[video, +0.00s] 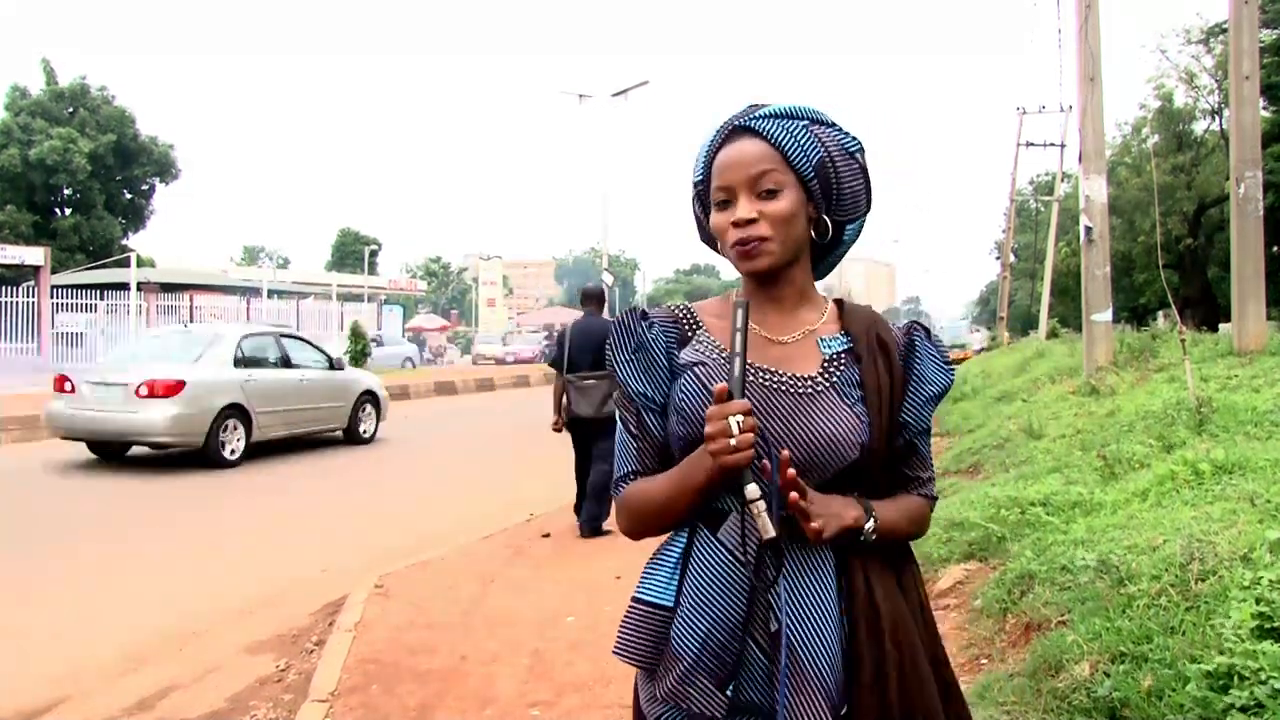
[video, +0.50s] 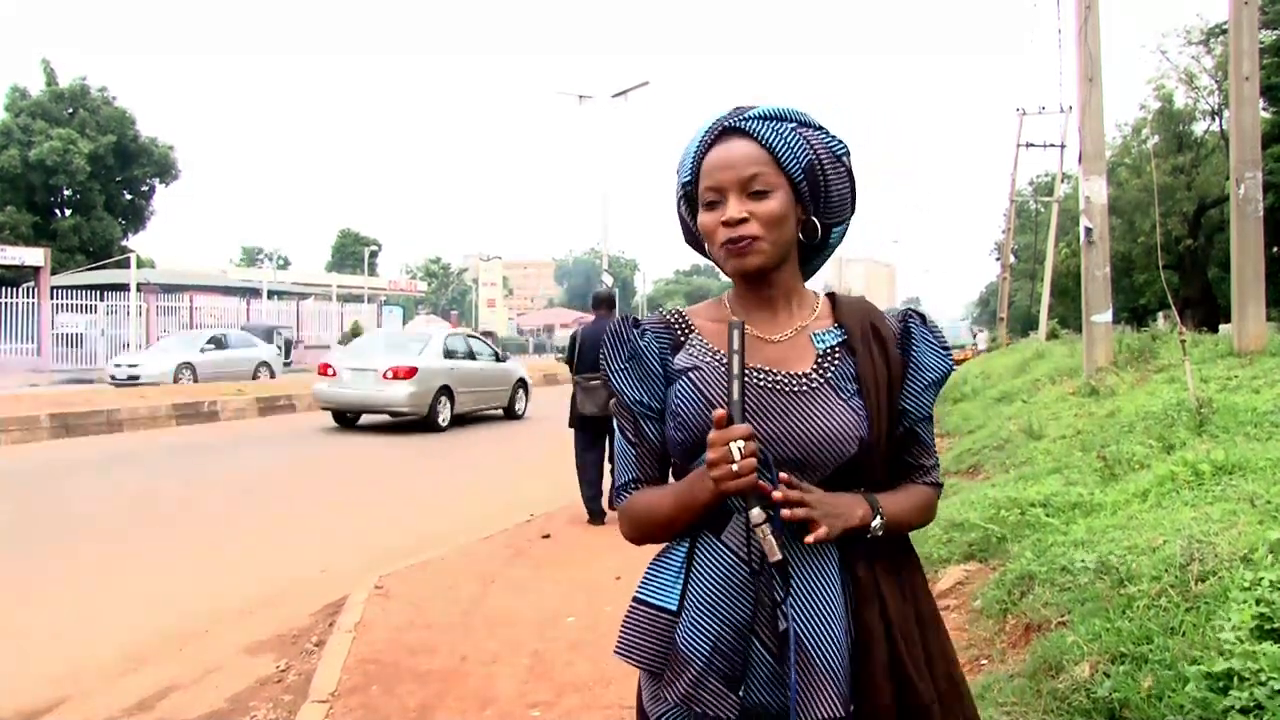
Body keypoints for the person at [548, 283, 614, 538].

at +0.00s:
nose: (598, 307)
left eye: (591, 302)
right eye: (602, 302)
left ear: (581, 304)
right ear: (604, 303)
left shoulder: (568, 333)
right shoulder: (614, 330)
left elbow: (560, 376)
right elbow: (625, 372)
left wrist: (556, 412)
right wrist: (629, 406)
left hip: (577, 406)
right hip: (607, 405)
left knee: (582, 459)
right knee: (603, 462)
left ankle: (582, 509)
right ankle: (591, 522)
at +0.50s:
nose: (604, 311)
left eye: (600, 307)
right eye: (610, 308)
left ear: (592, 308)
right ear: (614, 308)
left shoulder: (580, 334)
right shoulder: (623, 333)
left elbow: (571, 364)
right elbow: (629, 367)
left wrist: (584, 387)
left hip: (586, 403)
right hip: (618, 401)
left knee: (588, 456)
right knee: (620, 450)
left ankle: (595, 511)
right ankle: (619, 496)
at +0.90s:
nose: (619, 317)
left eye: (617, 312)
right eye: (623, 312)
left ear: (612, 312)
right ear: (632, 313)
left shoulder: (600, 337)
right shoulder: (641, 339)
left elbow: (591, 365)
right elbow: (646, 370)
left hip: (606, 401)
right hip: (634, 400)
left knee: (608, 445)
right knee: (633, 446)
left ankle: (603, 476)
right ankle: (627, 493)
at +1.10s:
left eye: (623, 310)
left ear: (619, 311)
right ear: (639, 312)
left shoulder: (610, 336)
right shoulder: (646, 337)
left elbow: (604, 372)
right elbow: (651, 371)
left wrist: (601, 402)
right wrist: (650, 397)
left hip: (618, 402)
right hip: (641, 401)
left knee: (617, 444)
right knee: (636, 445)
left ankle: (619, 484)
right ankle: (627, 493)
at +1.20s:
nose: (630, 320)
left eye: (627, 316)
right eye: (634, 316)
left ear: (622, 315)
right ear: (642, 315)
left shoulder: (612, 339)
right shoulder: (650, 339)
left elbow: (607, 374)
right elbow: (654, 373)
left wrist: (604, 403)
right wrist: (654, 398)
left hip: (621, 403)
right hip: (644, 403)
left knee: (623, 445)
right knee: (637, 446)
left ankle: (627, 482)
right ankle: (628, 492)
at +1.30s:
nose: (632, 320)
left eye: (628, 315)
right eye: (637, 315)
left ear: (623, 315)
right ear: (643, 315)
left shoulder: (614, 339)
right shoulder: (650, 339)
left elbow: (609, 374)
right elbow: (656, 372)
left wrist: (607, 403)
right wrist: (656, 398)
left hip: (623, 400)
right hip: (645, 401)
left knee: (627, 445)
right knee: (638, 445)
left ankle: (629, 483)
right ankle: (632, 488)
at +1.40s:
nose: (635, 317)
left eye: (631, 312)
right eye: (639, 312)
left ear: (625, 313)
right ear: (644, 313)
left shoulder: (616, 337)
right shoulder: (652, 336)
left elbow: (611, 373)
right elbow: (658, 368)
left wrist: (611, 402)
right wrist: (658, 394)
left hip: (624, 396)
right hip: (648, 394)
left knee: (626, 439)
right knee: (645, 436)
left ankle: (633, 481)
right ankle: (638, 472)